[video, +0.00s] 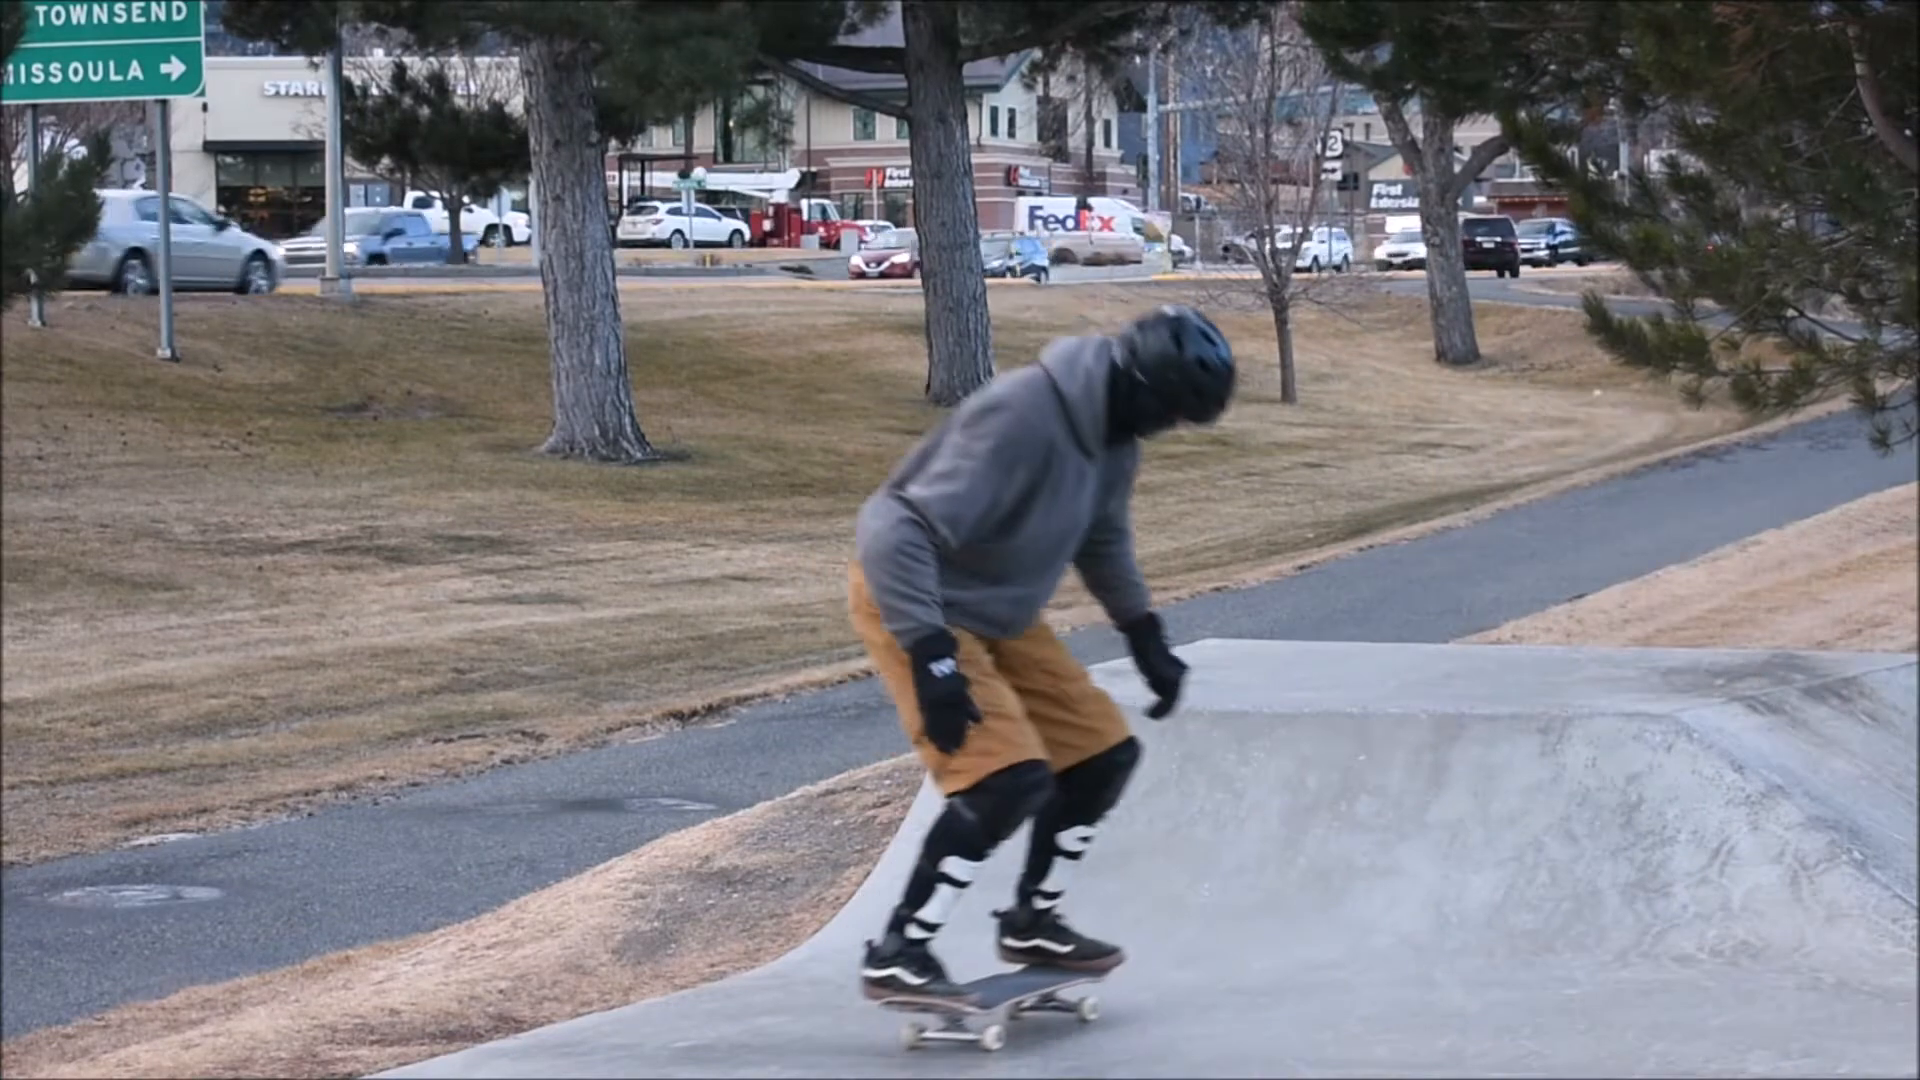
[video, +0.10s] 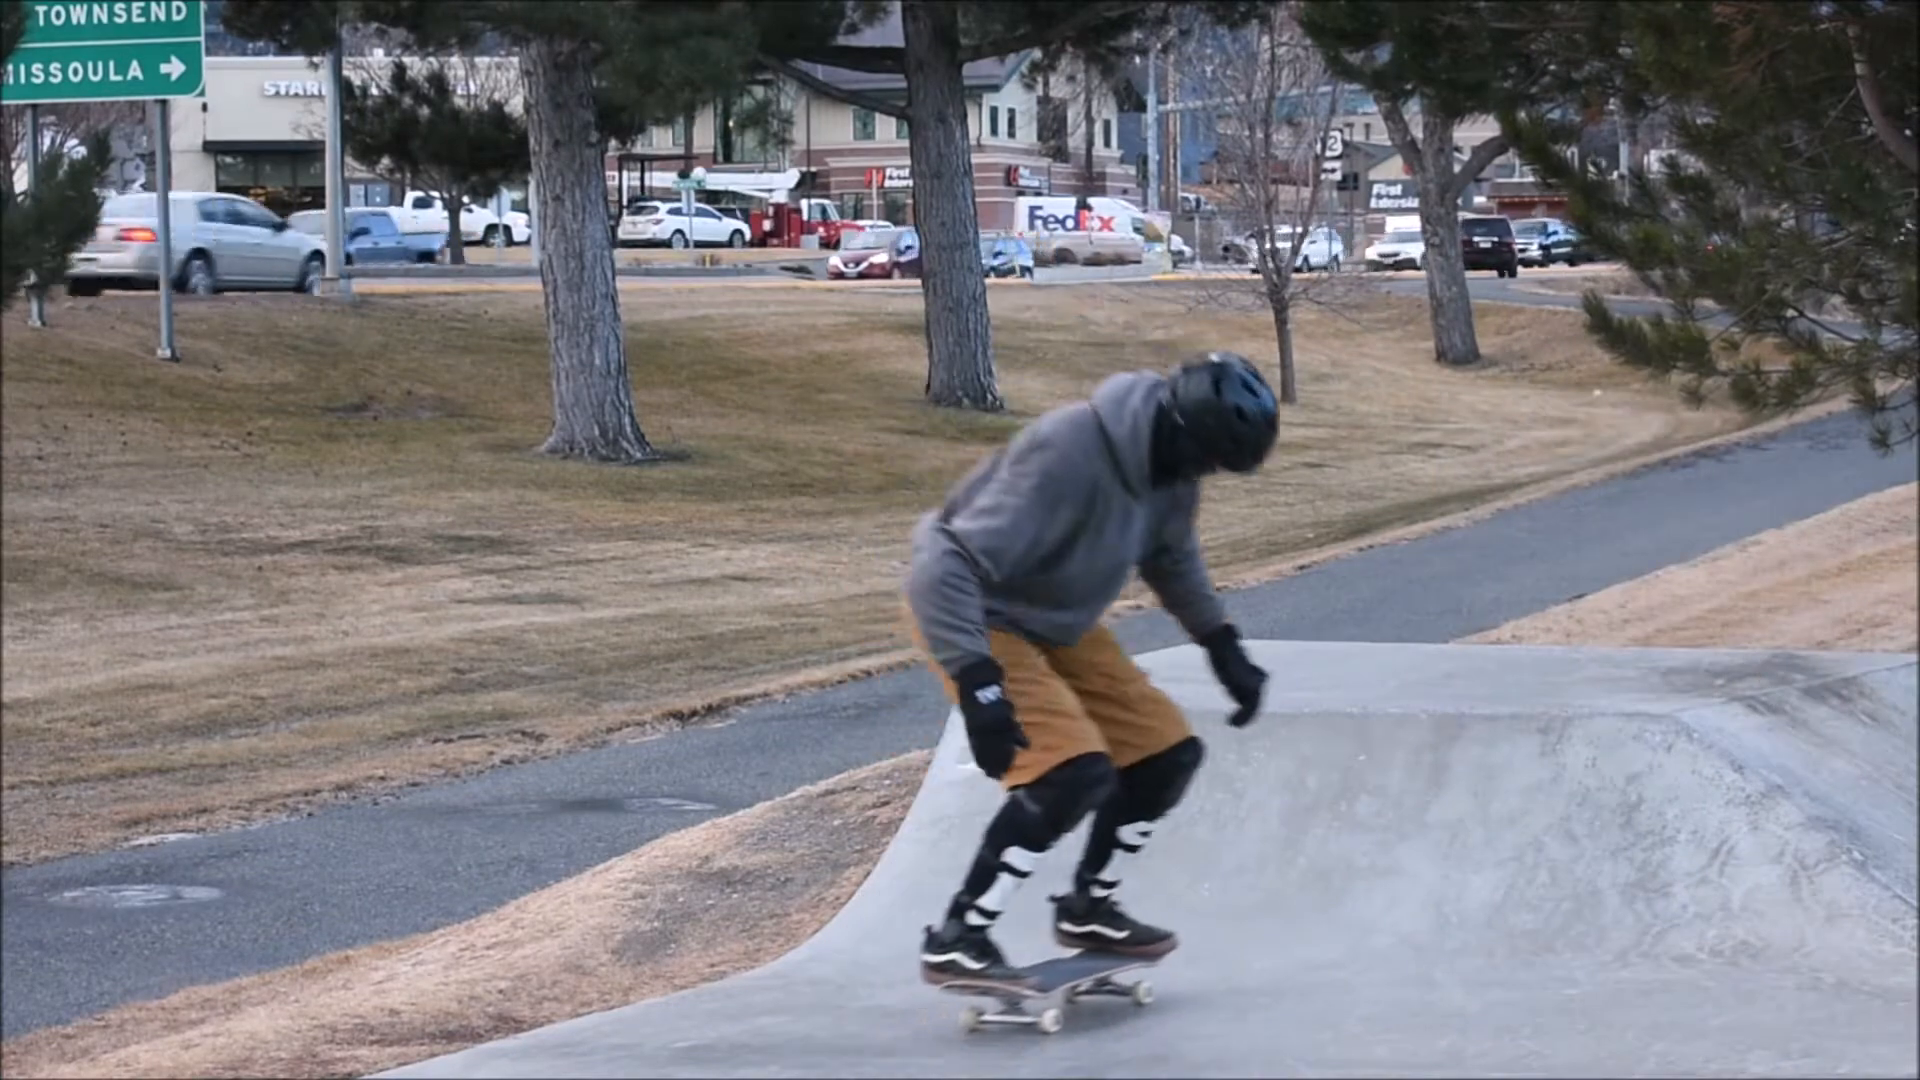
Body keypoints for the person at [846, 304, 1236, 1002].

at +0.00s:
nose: (1165, 427)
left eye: (1177, 418)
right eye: (1168, 411)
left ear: (1151, 384)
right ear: (1144, 379)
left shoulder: (1112, 433)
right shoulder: (1023, 413)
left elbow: (1103, 541)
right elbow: (893, 526)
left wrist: (1147, 640)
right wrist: (930, 656)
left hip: (999, 610)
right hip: (912, 600)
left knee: (1102, 757)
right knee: (1008, 776)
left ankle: (1030, 919)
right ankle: (900, 946)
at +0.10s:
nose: (1209, 470)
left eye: (1218, 462)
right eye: (1210, 457)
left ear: (1193, 430)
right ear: (1186, 429)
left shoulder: (1172, 464)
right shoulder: (1068, 450)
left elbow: (1170, 557)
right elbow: (944, 557)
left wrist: (1222, 644)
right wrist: (976, 683)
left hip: (1058, 620)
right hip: (974, 613)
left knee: (1163, 754)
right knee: (1072, 771)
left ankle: (1086, 907)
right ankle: (958, 931)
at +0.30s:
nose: (1267, 504)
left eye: (1286, 495)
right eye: (1264, 491)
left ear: (1304, 469)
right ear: (1237, 456)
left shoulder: (1288, 474)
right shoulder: (1152, 468)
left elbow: (1305, 577)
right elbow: (1033, 580)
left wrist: (1349, 597)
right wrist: (1051, 696)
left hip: (1186, 613)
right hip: (1096, 609)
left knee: (1275, 750)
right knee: (1181, 753)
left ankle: (1194, 883)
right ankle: (1068, 909)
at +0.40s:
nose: (1292, 459)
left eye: (1311, 450)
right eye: (1284, 444)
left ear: (1338, 425)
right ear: (1262, 409)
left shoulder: (1343, 435)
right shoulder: (1194, 421)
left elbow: (1388, 560)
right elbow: (1088, 493)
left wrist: (1330, 542)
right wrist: (1047, 598)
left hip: (1255, 585)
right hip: (1158, 574)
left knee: (1317, 737)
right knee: (1222, 736)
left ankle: (1251, 859)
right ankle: (1129, 900)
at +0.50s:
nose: (1315, 383)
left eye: (1329, 372)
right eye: (1302, 370)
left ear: (1354, 344)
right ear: (1276, 339)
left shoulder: (1377, 357)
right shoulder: (1223, 335)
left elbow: (1440, 469)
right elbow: (1137, 337)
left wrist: (1402, 536)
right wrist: (1069, 398)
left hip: (1321, 535)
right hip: (1219, 530)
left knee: (1371, 685)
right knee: (1247, 695)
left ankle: (1340, 790)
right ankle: (1184, 845)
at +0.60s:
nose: (1319, 343)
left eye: (1335, 334)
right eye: (1306, 332)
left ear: (1366, 306)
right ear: (1282, 300)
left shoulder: (1412, 313)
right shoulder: (1244, 288)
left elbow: (1528, 376)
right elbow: (1160, 281)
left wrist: (1592, 462)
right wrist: (1077, 326)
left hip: (1380, 471)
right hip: (1268, 468)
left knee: (1428, 621)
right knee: (1248, 631)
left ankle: (1481, 751)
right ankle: (1243, 731)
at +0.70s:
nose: (1310, 330)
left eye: (1322, 319)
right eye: (1295, 319)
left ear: (1359, 290)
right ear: (1280, 286)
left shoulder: (1445, 290)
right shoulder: (1258, 274)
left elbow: (1567, 277)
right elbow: (1157, 285)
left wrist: (1667, 324)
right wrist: (1074, 356)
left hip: (1439, 441)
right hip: (1339, 434)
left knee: (1450, 626)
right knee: (1291, 575)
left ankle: (1518, 767)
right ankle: (1368, 634)